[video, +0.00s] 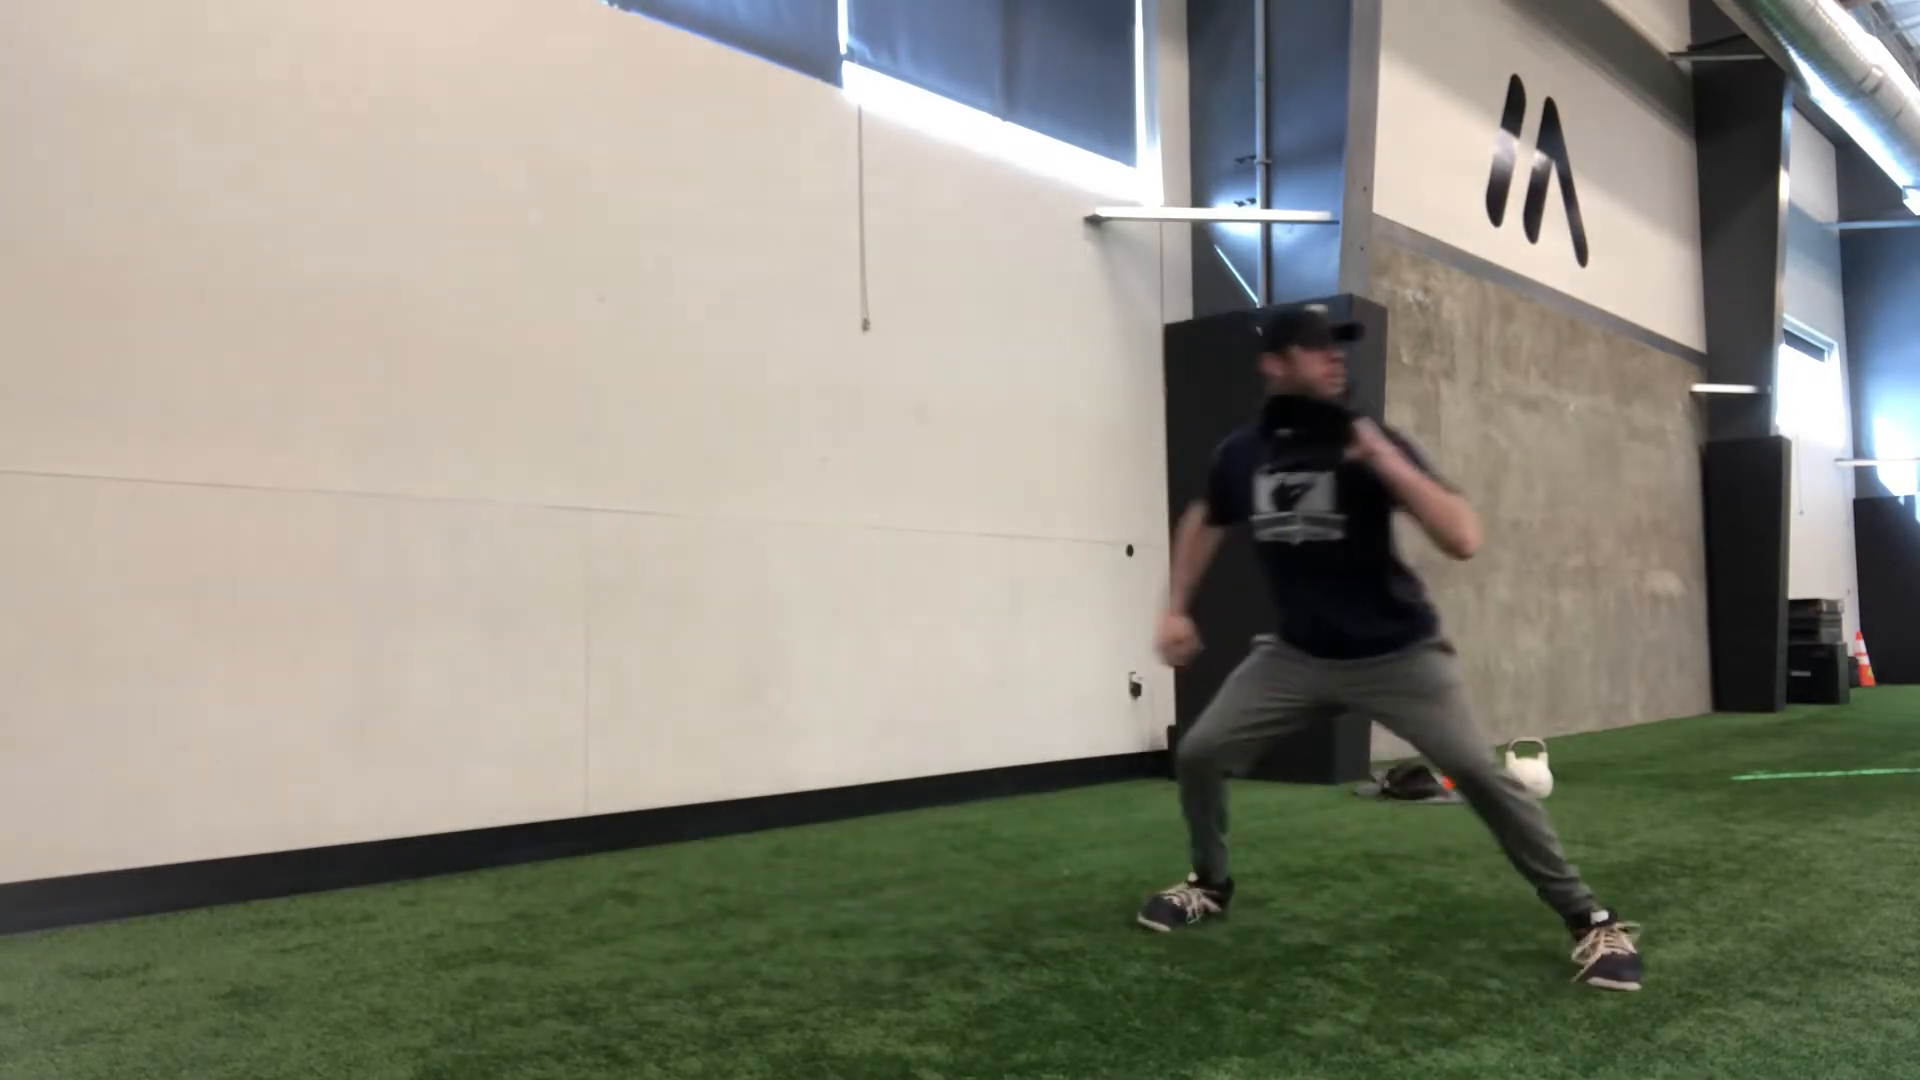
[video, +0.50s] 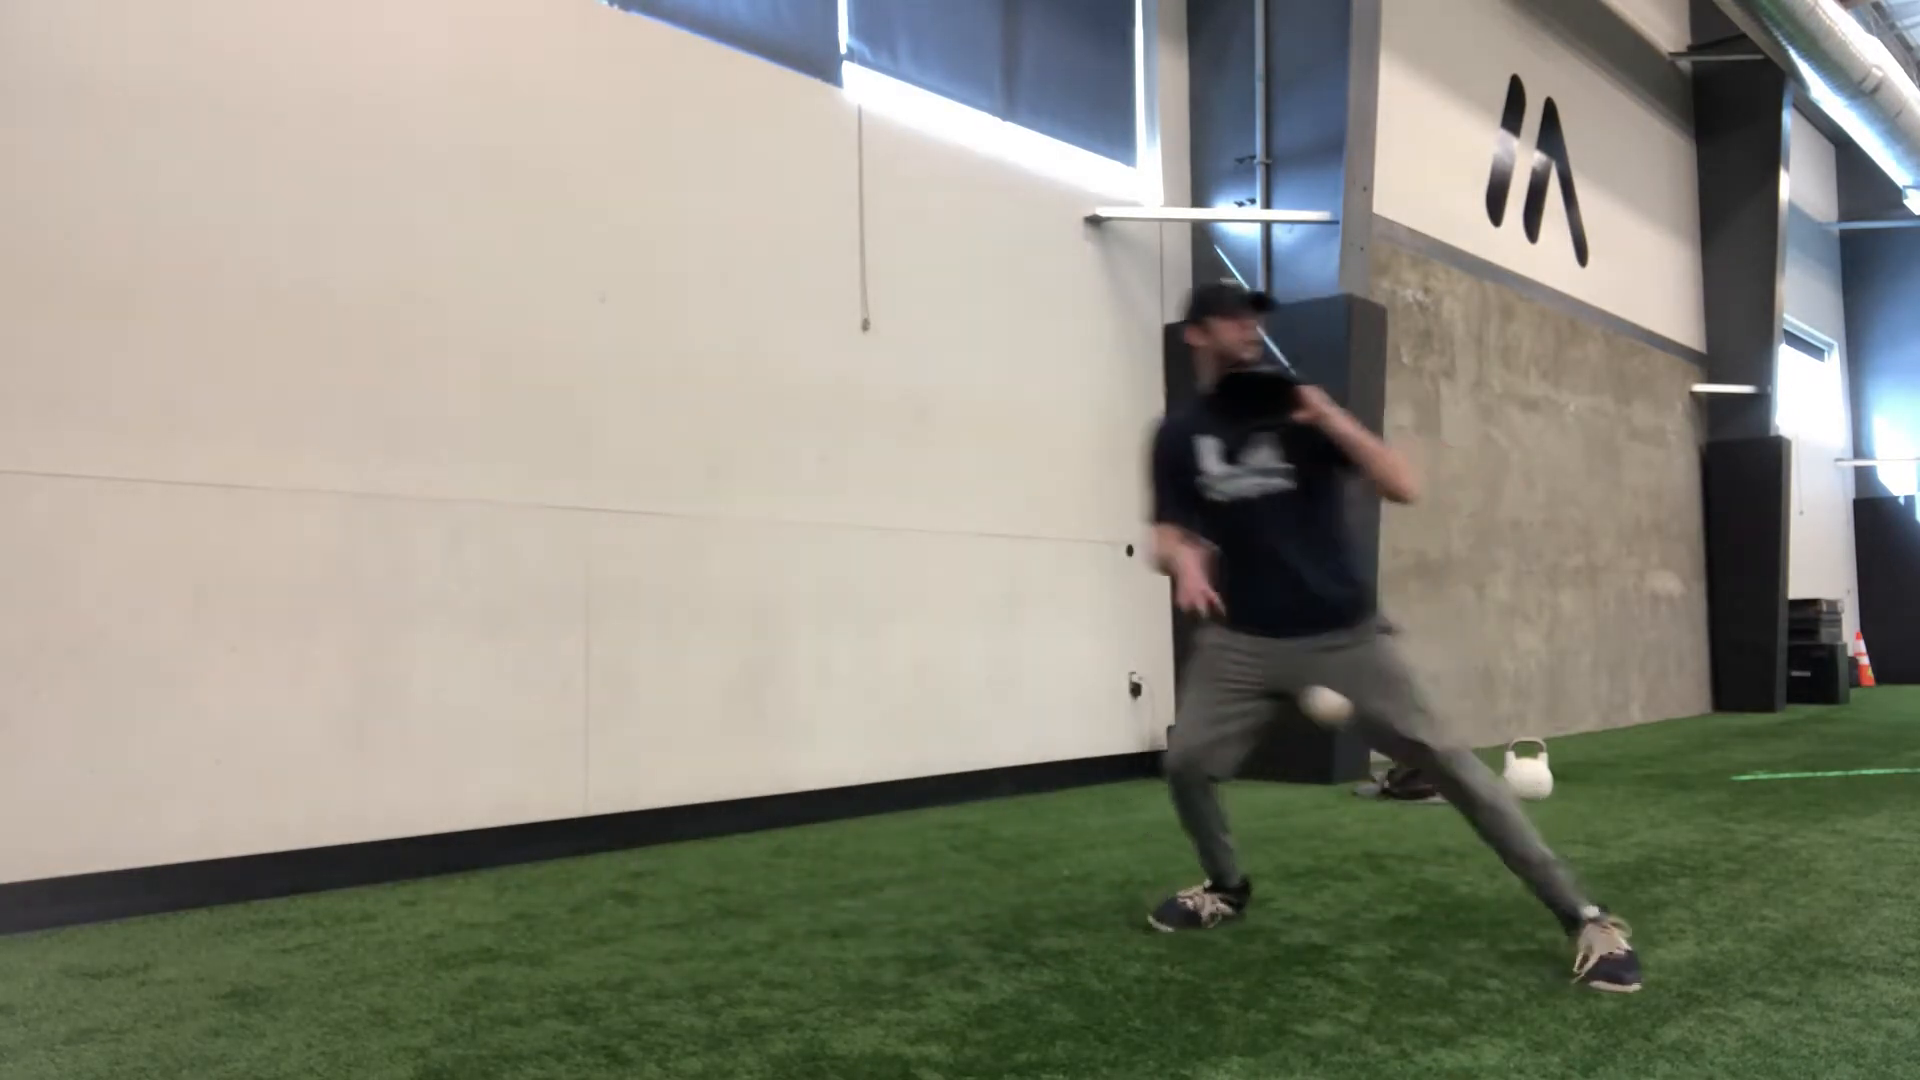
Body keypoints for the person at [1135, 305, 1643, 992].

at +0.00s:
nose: (1338, 361)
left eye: (1339, 349)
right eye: (1320, 350)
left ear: (1341, 361)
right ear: (1274, 365)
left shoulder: (1369, 441)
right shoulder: (1241, 456)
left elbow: (1462, 536)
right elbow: (1202, 523)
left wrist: (1389, 464)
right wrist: (1175, 607)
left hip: (1397, 654)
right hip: (1298, 654)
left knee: (1479, 772)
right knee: (1200, 753)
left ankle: (1591, 925)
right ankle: (1209, 886)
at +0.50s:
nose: (1250, 332)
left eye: (1253, 319)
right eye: (1233, 322)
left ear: (1261, 328)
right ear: (1196, 337)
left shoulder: (1304, 408)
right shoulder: (1180, 433)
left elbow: (1402, 485)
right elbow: (1168, 533)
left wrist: (1332, 420)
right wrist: (1185, 559)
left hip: (1344, 638)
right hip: (1240, 643)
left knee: (1448, 764)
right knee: (1187, 763)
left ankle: (1587, 922)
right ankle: (1226, 888)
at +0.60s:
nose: (1197, 329)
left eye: (1201, 316)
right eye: (1180, 317)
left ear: (1210, 326)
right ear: (1145, 330)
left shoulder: (1241, 406)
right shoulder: (1123, 426)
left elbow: (1340, 488)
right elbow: (1088, 528)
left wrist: (1279, 424)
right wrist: (1114, 548)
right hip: (1190, 632)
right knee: (1158, 758)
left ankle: (1506, 898)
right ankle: (1221, 888)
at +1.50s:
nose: (781, 351)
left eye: (785, 341)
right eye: (769, 341)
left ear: (789, 348)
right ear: (739, 348)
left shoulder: (795, 419)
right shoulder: (693, 411)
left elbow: (790, 480)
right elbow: (620, 458)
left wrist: (786, 519)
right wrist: (662, 527)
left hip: (749, 594)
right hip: (683, 596)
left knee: (788, 701)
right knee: (675, 725)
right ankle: (648, 858)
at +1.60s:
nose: (751, 353)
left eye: (756, 343)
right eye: (739, 343)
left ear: (760, 350)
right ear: (710, 349)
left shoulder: (769, 419)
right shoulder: (662, 404)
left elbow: (770, 469)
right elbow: (588, 441)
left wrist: (754, 510)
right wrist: (626, 515)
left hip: (707, 585)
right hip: (642, 579)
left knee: (705, 707)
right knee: (627, 698)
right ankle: (612, 826)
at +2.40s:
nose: (628, 442)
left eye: (634, 431)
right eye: (615, 431)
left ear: (640, 436)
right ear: (584, 436)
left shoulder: (639, 493)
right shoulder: (534, 483)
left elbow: (627, 525)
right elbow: (438, 498)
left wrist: (612, 564)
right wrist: (481, 567)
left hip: (568, 618)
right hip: (497, 614)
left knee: (606, 696)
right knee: (499, 719)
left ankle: (560, 817)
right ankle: (462, 853)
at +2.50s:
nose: (626, 445)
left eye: (632, 434)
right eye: (613, 434)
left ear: (638, 438)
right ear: (582, 438)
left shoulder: (639, 495)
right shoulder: (533, 485)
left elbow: (626, 528)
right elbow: (437, 499)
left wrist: (609, 568)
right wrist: (480, 570)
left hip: (564, 614)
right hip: (495, 608)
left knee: (596, 699)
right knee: (499, 715)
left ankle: (549, 826)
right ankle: (463, 853)